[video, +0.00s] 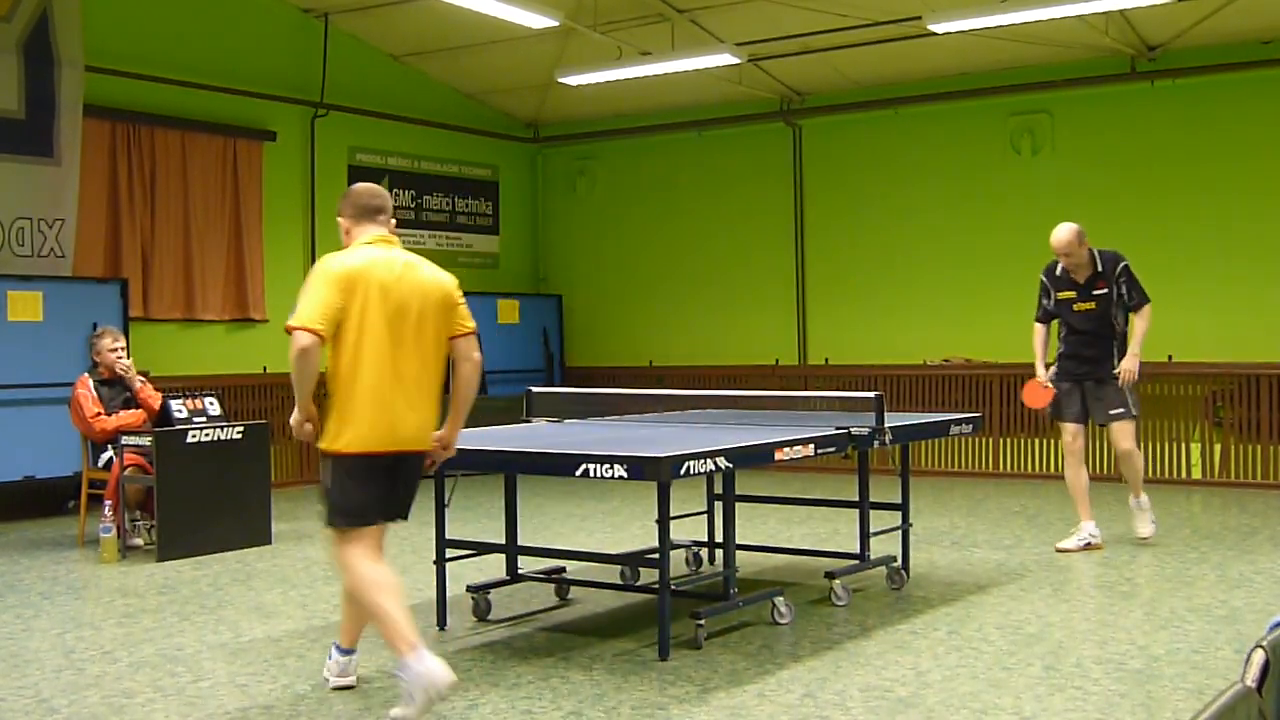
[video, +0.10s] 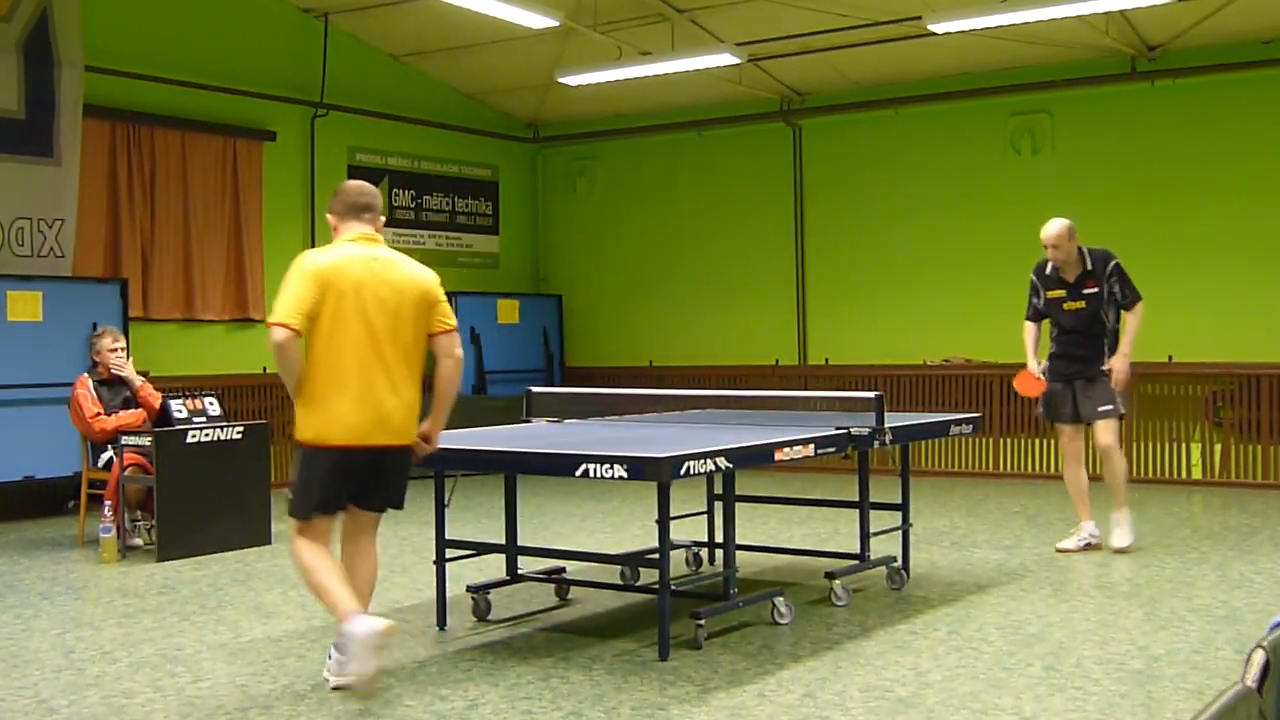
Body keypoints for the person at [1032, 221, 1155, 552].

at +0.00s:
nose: (1063, 264)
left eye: (1068, 257)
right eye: (1058, 258)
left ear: (1084, 247)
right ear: (1054, 252)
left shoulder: (1113, 264)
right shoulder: (1051, 275)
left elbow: (1142, 308)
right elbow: (1042, 322)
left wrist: (1133, 353)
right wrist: (1040, 366)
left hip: (1111, 369)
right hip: (1068, 371)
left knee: (1126, 448)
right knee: (1072, 445)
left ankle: (1139, 501)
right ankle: (1087, 526)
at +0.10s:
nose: (1050, 253)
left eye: (1055, 247)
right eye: (1045, 247)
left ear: (1074, 242)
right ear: (1043, 245)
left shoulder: (1103, 263)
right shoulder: (1041, 274)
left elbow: (1135, 306)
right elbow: (1032, 320)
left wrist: (1123, 354)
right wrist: (1032, 360)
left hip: (1101, 368)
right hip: (1060, 370)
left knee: (1106, 443)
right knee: (1070, 447)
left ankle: (1121, 517)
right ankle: (1087, 527)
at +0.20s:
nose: (1043, 250)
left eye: (1049, 243)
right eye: (1039, 244)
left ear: (1068, 241)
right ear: (1037, 243)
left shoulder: (1096, 264)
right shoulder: (1036, 273)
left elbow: (1127, 307)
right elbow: (1027, 318)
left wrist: (1113, 357)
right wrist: (1027, 353)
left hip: (1094, 366)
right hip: (1056, 368)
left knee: (1094, 444)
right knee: (1068, 448)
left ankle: (1101, 528)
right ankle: (1085, 526)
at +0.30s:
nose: (1033, 248)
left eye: (1039, 242)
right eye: (1029, 242)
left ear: (1059, 242)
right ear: (1028, 244)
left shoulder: (1086, 266)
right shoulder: (1026, 276)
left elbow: (1117, 309)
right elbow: (1020, 318)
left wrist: (1104, 360)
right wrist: (1020, 350)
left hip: (1085, 367)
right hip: (1049, 368)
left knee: (1081, 444)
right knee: (1062, 449)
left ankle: (1071, 527)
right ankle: (1086, 526)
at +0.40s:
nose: (1028, 249)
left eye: (1034, 243)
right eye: (1024, 243)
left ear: (1054, 244)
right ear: (1023, 245)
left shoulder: (1080, 269)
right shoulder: (1022, 277)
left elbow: (1111, 313)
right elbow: (1016, 319)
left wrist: (1096, 363)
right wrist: (1016, 350)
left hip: (1077, 369)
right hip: (1041, 369)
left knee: (1071, 448)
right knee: (1057, 452)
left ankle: (1058, 532)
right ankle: (1087, 526)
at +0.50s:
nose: (1020, 248)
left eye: (1027, 242)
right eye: (1017, 242)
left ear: (1047, 245)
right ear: (1016, 245)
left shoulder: (1070, 272)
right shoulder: (1016, 276)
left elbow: (1099, 319)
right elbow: (1012, 318)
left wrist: (1082, 370)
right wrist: (1010, 351)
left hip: (1063, 372)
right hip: (1031, 372)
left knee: (1057, 455)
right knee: (1038, 456)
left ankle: (1050, 540)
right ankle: (1082, 521)